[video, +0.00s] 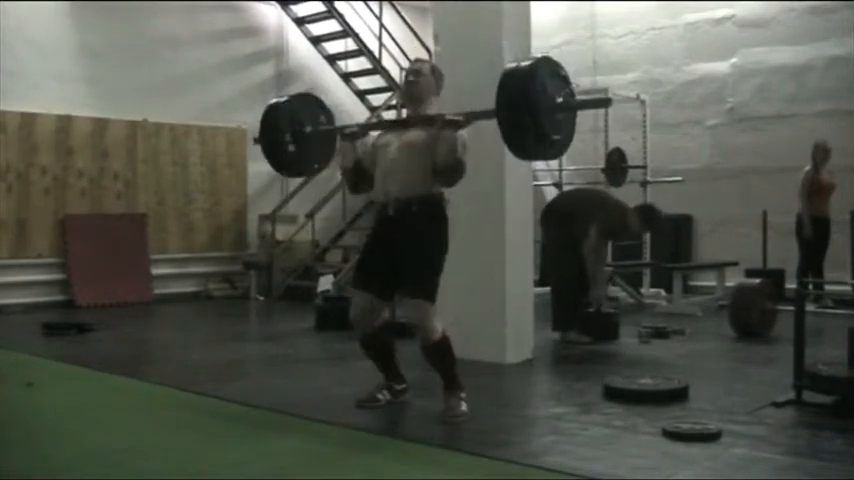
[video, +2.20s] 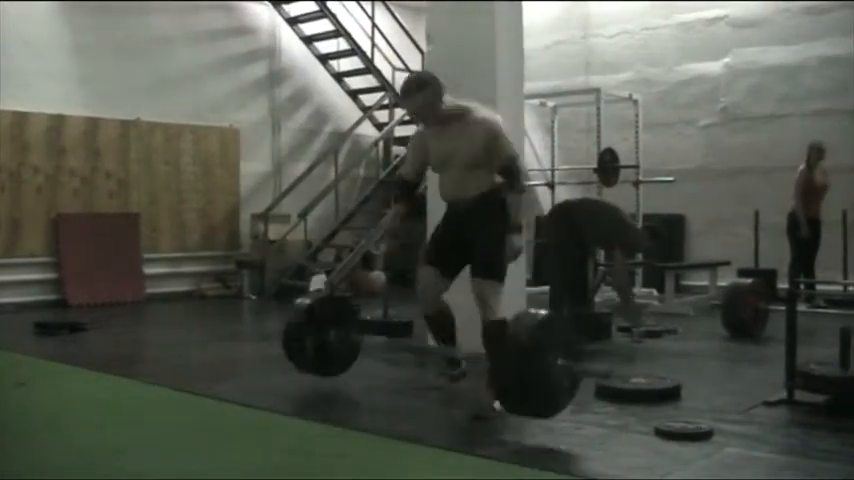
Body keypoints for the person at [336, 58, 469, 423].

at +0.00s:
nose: (408, 77)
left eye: (418, 73)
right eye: (406, 73)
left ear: (436, 86)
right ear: (400, 84)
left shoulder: (443, 129)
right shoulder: (384, 136)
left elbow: (448, 177)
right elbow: (359, 185)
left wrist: (447, 133)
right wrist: (348, 150)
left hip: (425, 218)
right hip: (387, 221)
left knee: (417, 311)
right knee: (364, 308)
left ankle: (453, 391)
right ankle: (394, 383)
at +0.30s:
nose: (428, 60)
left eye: (438, 58)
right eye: (426, 56)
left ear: (448, 74)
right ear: (417, 68)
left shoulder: (442, 110)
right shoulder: (392, 106)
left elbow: (451, 128)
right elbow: (350, 135)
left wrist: (452, 79)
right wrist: (351, 94)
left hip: (417, 204)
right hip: (375, 203)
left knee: (430, 297)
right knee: (372, 294)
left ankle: (453, 389)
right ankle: (388, 377)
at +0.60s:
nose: (409, 66)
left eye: (420, 62)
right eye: (406, 62)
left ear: (436, 74)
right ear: (401, 72)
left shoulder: (442, 111)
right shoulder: (387, 105)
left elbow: (462, 68)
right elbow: (357, 73)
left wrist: (466, 15)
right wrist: (357, 28)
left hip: (412, 202)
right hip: (375, 202)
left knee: (426, 298)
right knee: (379, 297)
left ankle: (453, 392)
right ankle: (394, 383)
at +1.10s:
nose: (428, 65)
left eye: (436, 59)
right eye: (425, 60)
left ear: (454, 64)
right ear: (421, 67)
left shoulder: (471, 103)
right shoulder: (412, 103)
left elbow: (497, 68)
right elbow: (376, 80)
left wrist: (481, 21)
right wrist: (369, 30)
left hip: (459, 198)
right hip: (421, 200)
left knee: (467, 293)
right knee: (396, 288)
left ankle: (503, 377)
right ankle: (393, 380)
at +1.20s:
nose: (447, 83)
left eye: (453, 76)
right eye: (442, 77)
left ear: (469, 75)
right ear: (436, 79)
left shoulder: (488, 105)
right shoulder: (433, 112)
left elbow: (519, 118)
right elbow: (391, 122)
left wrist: (491, 84)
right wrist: (375, 96)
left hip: (476, 204)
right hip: (435, 204)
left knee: (483, 297)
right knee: (410, 290)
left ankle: (507, 382)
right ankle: (395, 381)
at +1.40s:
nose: (457, 82)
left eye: (462, 75)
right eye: (452, 77)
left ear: (479, 72)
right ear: (448, 80)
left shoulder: (506, 112)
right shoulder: (442, 119)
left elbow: (535, 158)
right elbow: (422, 161)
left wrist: (533, 196)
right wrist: (406, 179)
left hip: (496, 206)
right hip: (456, 208)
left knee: (502, 295)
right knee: (432, 286)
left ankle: (510, 379)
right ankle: (441, 370)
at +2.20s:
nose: (413, 116)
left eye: (416, 108)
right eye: (409, 110)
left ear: (435, 98)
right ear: (413, 106)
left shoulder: (483, 126)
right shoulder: (424, 136)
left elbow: (515, 177)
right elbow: (407, 185)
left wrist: (515, 229)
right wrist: (390, 225)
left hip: (491, 211)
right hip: (455, 214)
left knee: (486, 295)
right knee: (427, 290)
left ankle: (497, 389)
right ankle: (454, 362)